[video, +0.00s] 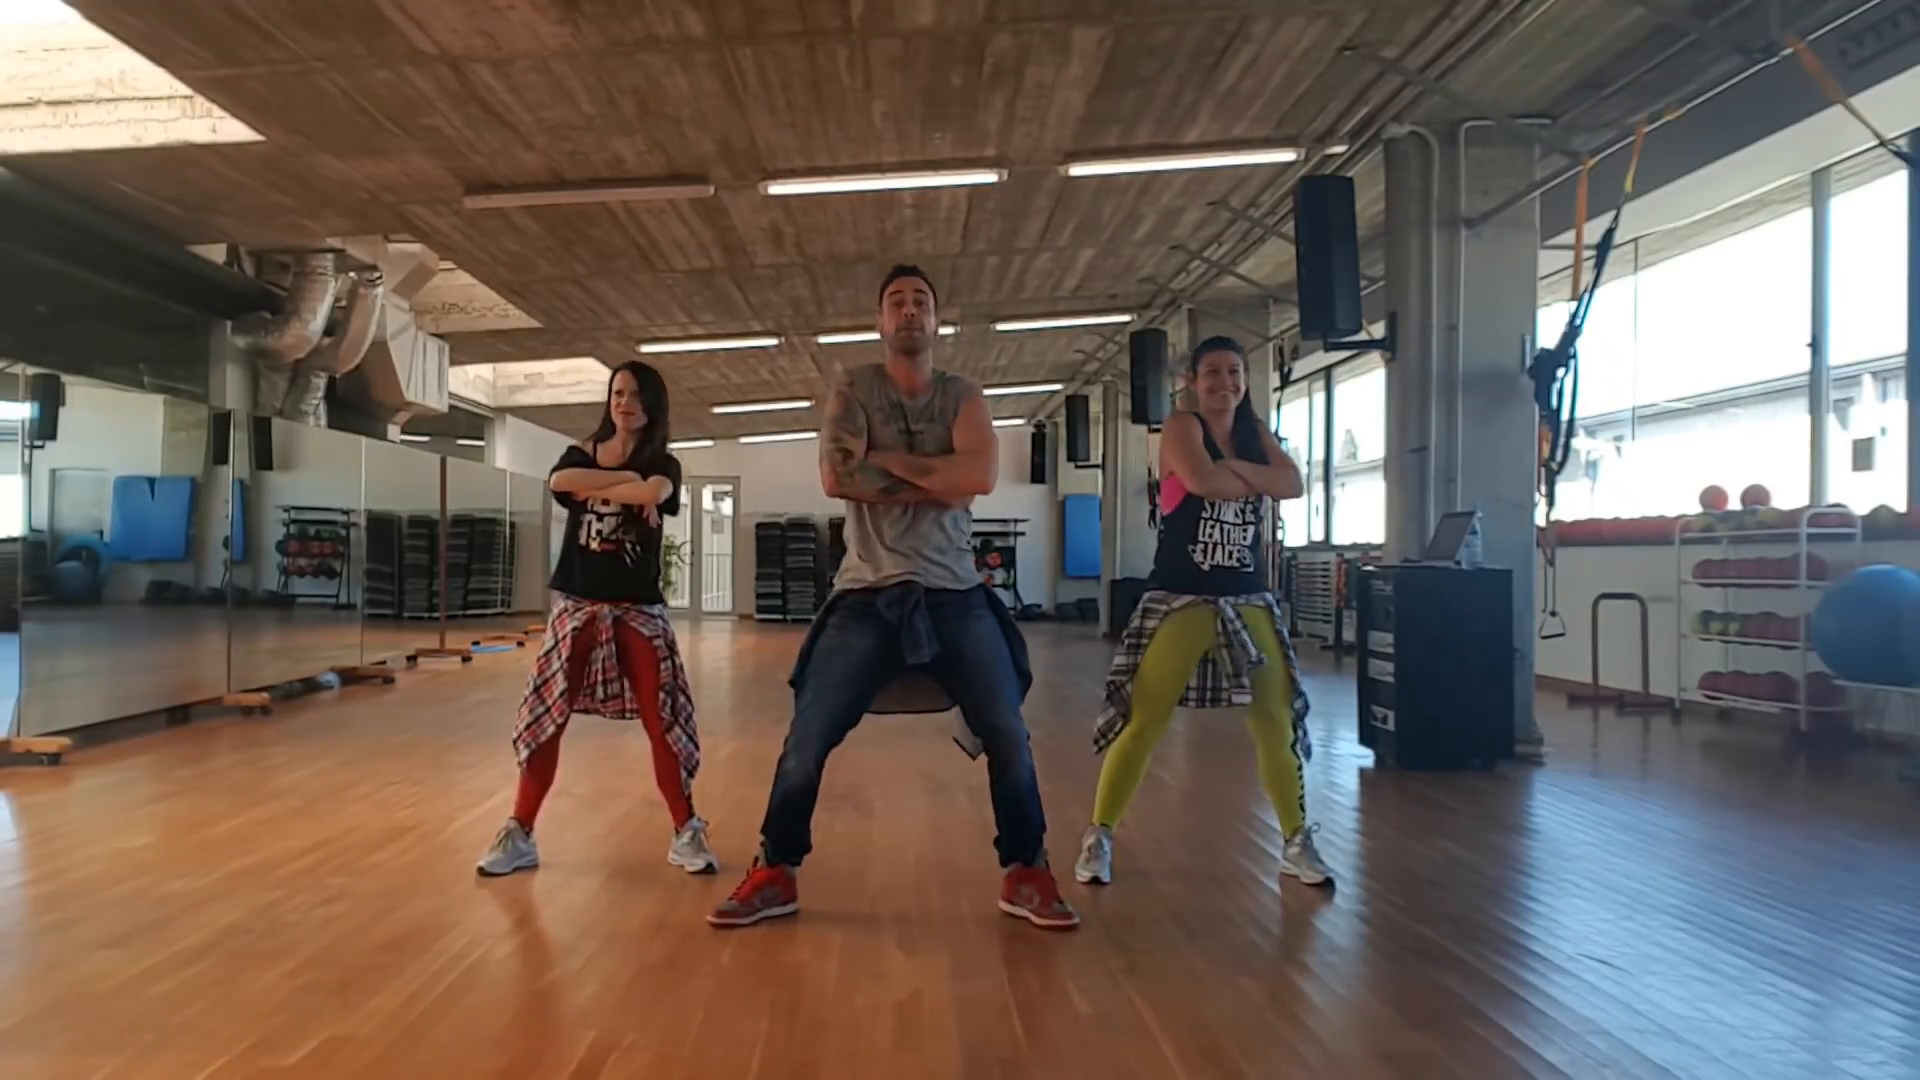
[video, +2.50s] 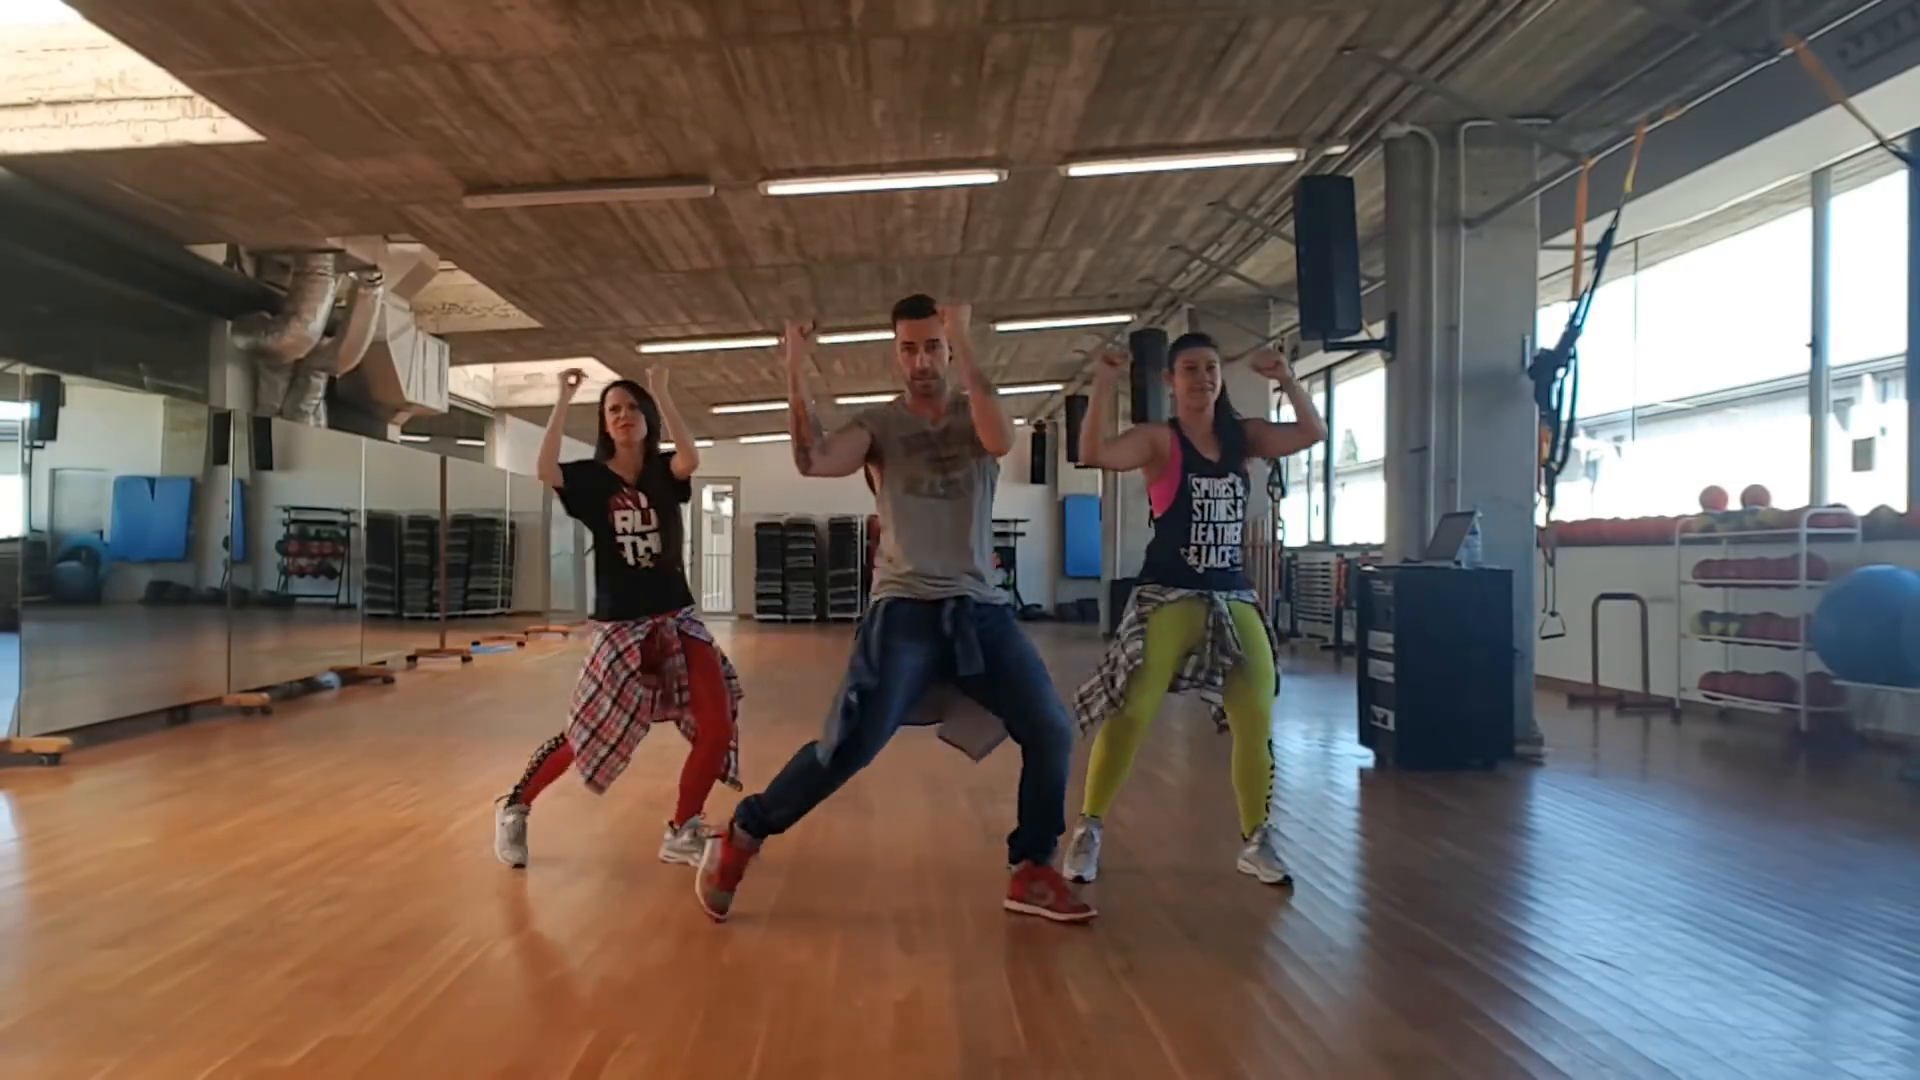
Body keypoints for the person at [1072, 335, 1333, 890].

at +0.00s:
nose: (1225, 380)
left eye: (1233, 372)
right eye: (1214, 372)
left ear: (1245, 382)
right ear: (1193, 382)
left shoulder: (1253, 432)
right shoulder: (1181, 426)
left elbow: (1292, 484)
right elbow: (1202, 481)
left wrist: (1231, 466)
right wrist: (1260, 483)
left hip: (1249, 598)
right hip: (1182, 598)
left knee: (1275, 723)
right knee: (1146, 721)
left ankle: (1297, 842)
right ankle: (1099, 838)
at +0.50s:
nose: (1197, 374)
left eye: (1206, 367)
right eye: (1186, 366)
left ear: (1220, 379)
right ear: (1170, 379)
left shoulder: (1236, 426)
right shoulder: (1153, 429)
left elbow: (1257, 464)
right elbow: (1141, 478)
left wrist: (1181, 462)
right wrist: (1220, 476)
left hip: (1233, 591)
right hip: (1164, 591)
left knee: (1264, 714)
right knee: (1138, 717)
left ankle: (1297, 841)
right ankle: (1098, 838)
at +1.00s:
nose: (1225, 380)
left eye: (1232, 371)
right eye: (1213, 372)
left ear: (1246, 384)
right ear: (1193, 387)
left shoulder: (1260, 438)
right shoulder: (1180, 442)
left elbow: (1306, 439)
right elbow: (1122, 459)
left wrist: (1268, 378)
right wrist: (1144, 389)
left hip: (1265, 603)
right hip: (1196, 605)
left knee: (1286, 725)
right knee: (1165, 727)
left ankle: (1284, 843)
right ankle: (1117, 838)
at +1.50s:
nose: (1161, 388)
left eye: (1171, 377)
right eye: (1151, 376)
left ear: (1185, 385)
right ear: (1132, 385)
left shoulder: (1200, 445)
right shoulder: (1112, 441)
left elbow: (1277, 455)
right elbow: (1111, 444)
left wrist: (1264, 386)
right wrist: (1145, 393)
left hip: (1180, 600)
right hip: (1111, 599)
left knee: (1228, 725)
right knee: (1091, 729)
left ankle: (1282, 837)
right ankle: (1076, 841)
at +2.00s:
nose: (1122, 374)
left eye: (1132, 366)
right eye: (1112, 365)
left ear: (1144, 376)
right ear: (1094, 373)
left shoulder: (1161, 433)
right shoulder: (1076, 429)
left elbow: (1238, 442)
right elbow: (1032, 436)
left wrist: (1237, 376)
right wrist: (1061, 374)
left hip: (1154, 592)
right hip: (1087, 592)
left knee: (1176, 711)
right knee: (1082, 719)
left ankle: (1129, 815)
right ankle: (1075, 835)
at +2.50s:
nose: (1202, 378)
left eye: (1210, 368)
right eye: (1191, 369)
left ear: (1222, 377)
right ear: (1172, 380)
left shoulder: (1242, 435)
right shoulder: (1159, 438)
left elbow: (1311, 432)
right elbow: (1091, 453)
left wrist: (1285, 379)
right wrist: (1102, 385)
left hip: (1233, 596)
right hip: (1171, 595)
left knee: (1256, 711)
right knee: (1134, 712)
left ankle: (1256, 840)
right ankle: (1088, 831)